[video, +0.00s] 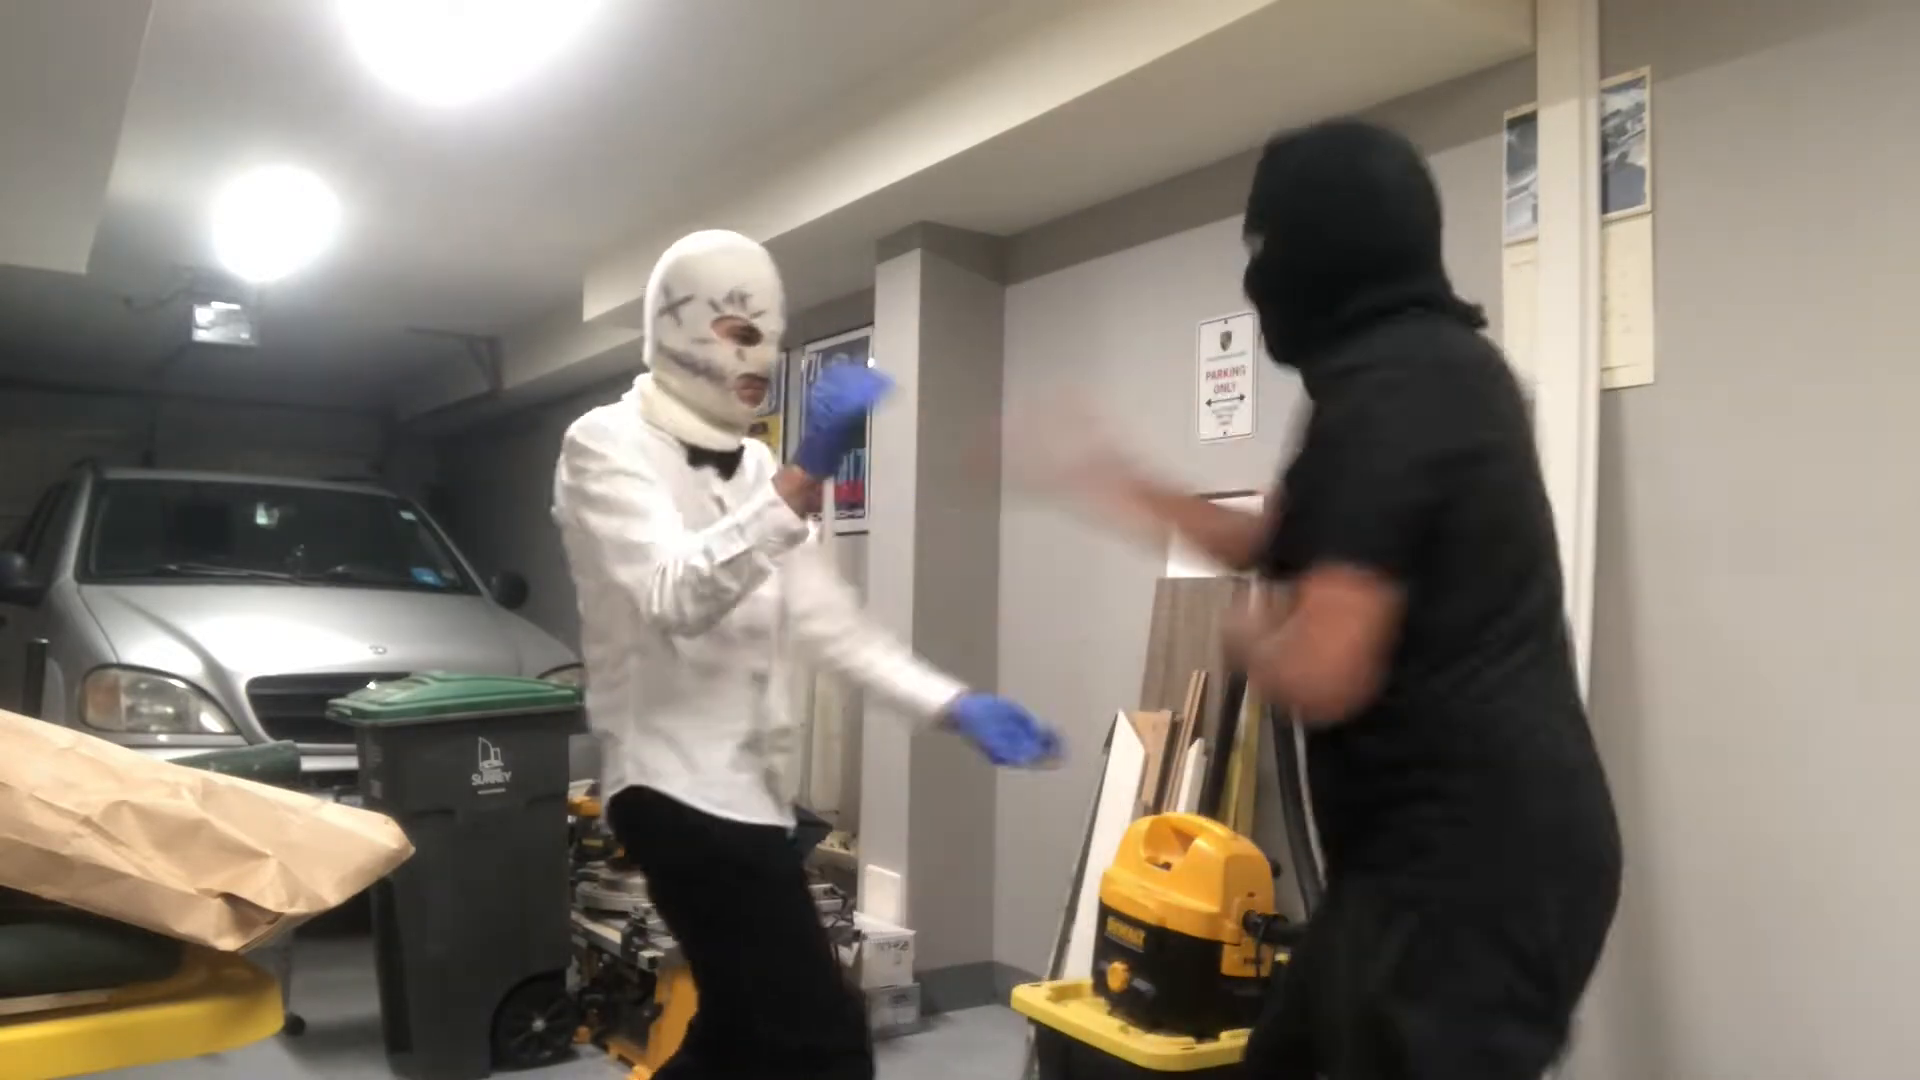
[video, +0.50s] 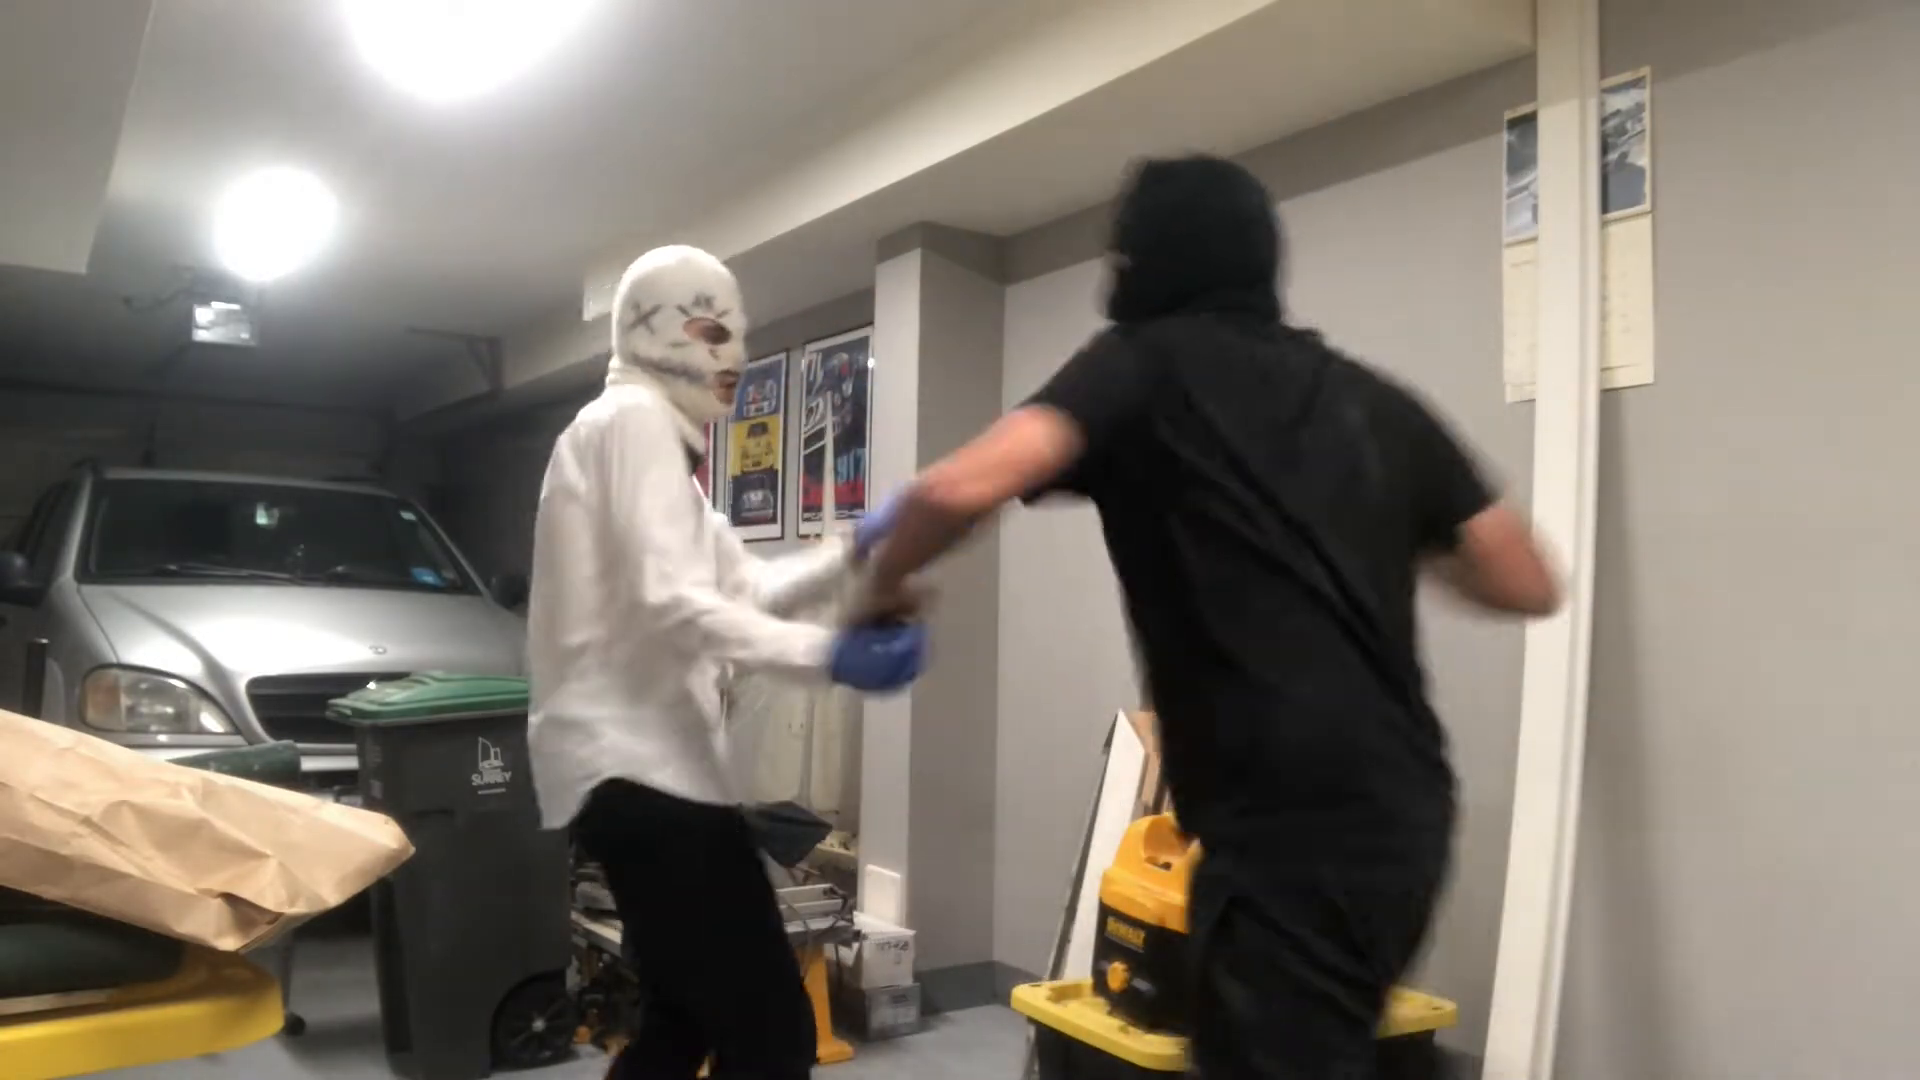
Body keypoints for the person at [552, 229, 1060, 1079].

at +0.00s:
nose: (757, 357)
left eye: (765, 337)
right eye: (735, 331)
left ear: (777, 344)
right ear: (672, 331)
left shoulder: (761, 467)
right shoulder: (607, 444)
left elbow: (832, 626)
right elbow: (671, 597)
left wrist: (956, 704)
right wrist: (801, 479)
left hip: (752, 781)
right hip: (669, 780)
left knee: (736, 1033)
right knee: (819, 1035)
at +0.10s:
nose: (747, 365)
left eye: (754, 344)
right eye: (725, 339)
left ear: (756, 345)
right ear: (660, 335)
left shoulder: (735, 474)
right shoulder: (595, 446)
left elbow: (755, 635)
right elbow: (674, 596)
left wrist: (885, 651)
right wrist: (799, 513)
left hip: (723, 777)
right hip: (643, 776)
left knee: (732, 1036)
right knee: (778, 1042)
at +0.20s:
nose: (698, 354)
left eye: (710, 336)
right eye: (676, 333)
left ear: (725, 348)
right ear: (619, 340)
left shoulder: (713, 479)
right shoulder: (570, 458)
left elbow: (765, 613)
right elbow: (713, 575)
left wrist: (897, 564)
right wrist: (880, 530)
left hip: (709, 794)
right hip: (629, 789)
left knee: (742, 1043)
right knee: (752, 1047)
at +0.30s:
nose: (698, 368)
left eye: (702, 344)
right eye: (675, 343)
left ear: (711, 349)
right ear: (615, 349)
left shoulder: (693, 489)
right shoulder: (567, 464)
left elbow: (764, 589)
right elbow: (696, 622)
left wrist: (878, 540)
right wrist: (840, 620)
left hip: (689, 789)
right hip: (616, 790)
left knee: (732, 1038)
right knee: (748, 1044)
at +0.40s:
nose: (716, 366)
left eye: (719, 343)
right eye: (692, 342)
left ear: (722, 344)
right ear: (635, 346)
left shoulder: (663, 471)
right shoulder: (610, 453)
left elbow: (749, 603)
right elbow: (666, 636)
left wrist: (902, 580)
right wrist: (831, 691)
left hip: (656, 776)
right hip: (611, 778)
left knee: (713, 1020)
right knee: (760, 1021)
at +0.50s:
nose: (732, 357)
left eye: (734, 336)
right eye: (715, 333)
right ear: (663, 331)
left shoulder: (650, 444)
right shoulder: (630, 421)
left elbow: (747, 595)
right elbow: (670, 600)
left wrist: (855, 552)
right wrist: (829, 651)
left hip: (646, 768)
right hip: (642, 770)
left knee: (680, 1020)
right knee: (770, 1029)